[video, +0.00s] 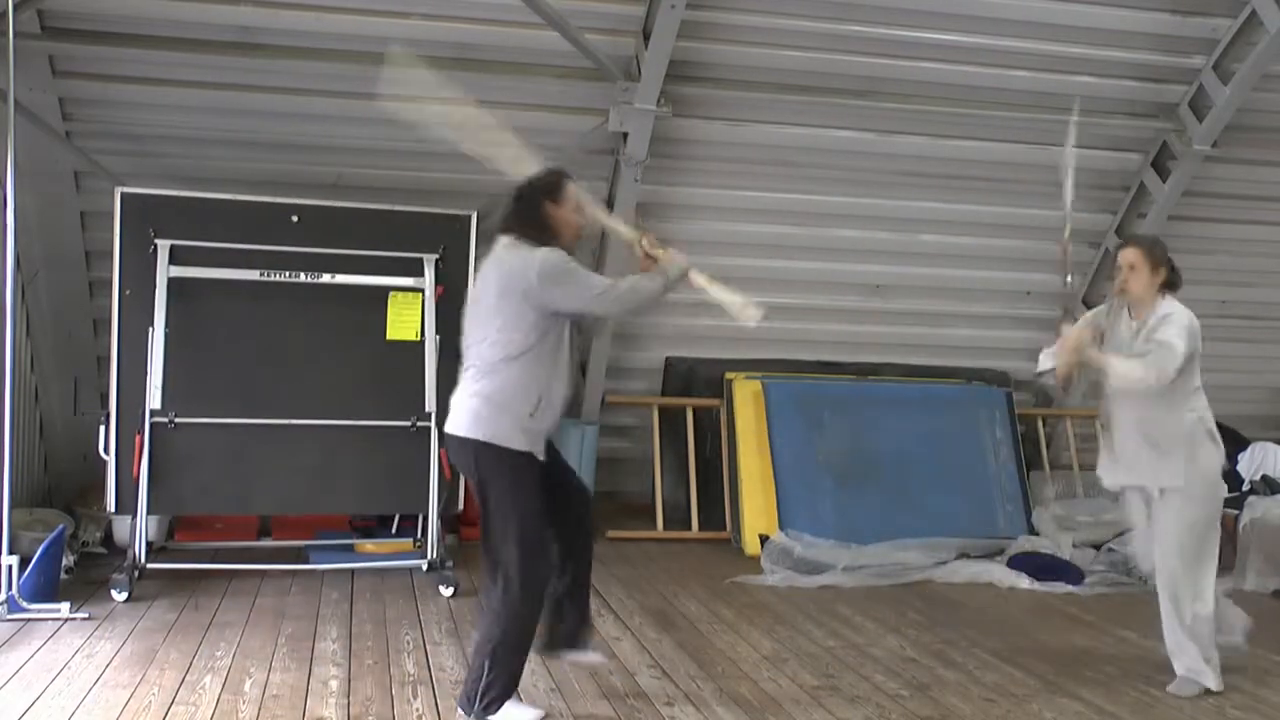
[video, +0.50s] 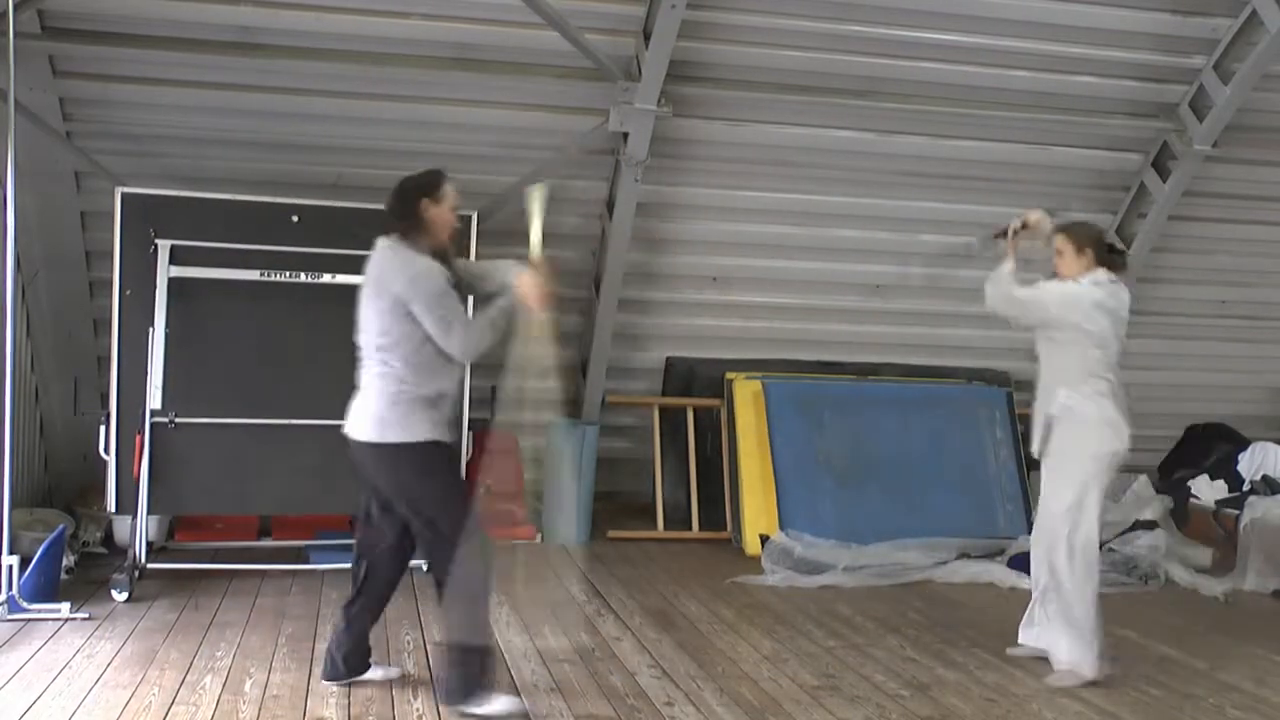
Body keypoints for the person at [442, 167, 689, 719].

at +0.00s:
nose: (582, 215)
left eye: (581, 206)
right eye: (573, 206)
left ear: (537, 210)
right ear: (547, 210)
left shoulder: (507, 257)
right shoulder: (537, 264)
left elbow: (590, 300)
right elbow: (611, 299)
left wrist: (638, 273)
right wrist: (667, 274)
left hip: (499, 430)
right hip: (495, 435)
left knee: (573, 508)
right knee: (523, 564)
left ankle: (567, 635)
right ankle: (484, 700)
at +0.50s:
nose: (457, 217)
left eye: (455, 207)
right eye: (450, 207)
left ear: (417, 211)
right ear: (424, 210)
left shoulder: (388, 256)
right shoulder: (416, 271)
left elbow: (466, 277)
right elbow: (465, 342)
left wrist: (520, 276)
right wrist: (513, 298)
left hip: (373, 431)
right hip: (408, 439)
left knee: (384, 550)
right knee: (464, 549)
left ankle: (345, 661)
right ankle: (466, 686)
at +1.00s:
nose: (376, 214)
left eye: (375, 203)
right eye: (369, 202)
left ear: (345, 203)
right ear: (338, 200)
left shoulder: (332, 261)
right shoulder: (299, 250)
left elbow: (392, 321)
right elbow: (371, 301)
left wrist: (463, 296)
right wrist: (455, 287)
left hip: (340, 436)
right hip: (306, 433)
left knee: (357, 540)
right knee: (294, 564)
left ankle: (343, 660)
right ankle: (247, 702)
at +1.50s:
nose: (349, 209)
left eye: (348, 199)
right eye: (342, 198)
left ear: (313, 202)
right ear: (310, 201)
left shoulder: (320, 274)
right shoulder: (280, 251)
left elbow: (339, 346)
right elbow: (324, 341)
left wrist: (399, 336)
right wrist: (402, 351)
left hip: (285, 434)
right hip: (243, 427)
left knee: (319, 540)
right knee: (269, 560)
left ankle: (278, 660)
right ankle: (251, 708)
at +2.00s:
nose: (328, 229)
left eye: (329, 220)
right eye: (326, 219)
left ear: (294, 209)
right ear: (302, 209)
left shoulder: (252, 241)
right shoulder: (265, 236)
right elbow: (348, 235)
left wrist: (379, 186)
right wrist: (382, 178)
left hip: (226, 412)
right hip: (234, 413)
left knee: (252, 524)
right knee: (300, 503)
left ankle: (237, 645)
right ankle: (190, 551)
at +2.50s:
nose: (317, 239)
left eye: (317, 229)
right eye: (311, 229)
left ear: (274, 229)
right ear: (283, 230)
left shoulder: (233, 268)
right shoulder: (271, 276)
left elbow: (315, 296)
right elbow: (344, 310)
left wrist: (361, 273)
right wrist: (383, 279)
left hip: (184, 421)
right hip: (213, 428)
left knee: (247, 522)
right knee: (261, 548)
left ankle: (220, 619)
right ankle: (246, 679)